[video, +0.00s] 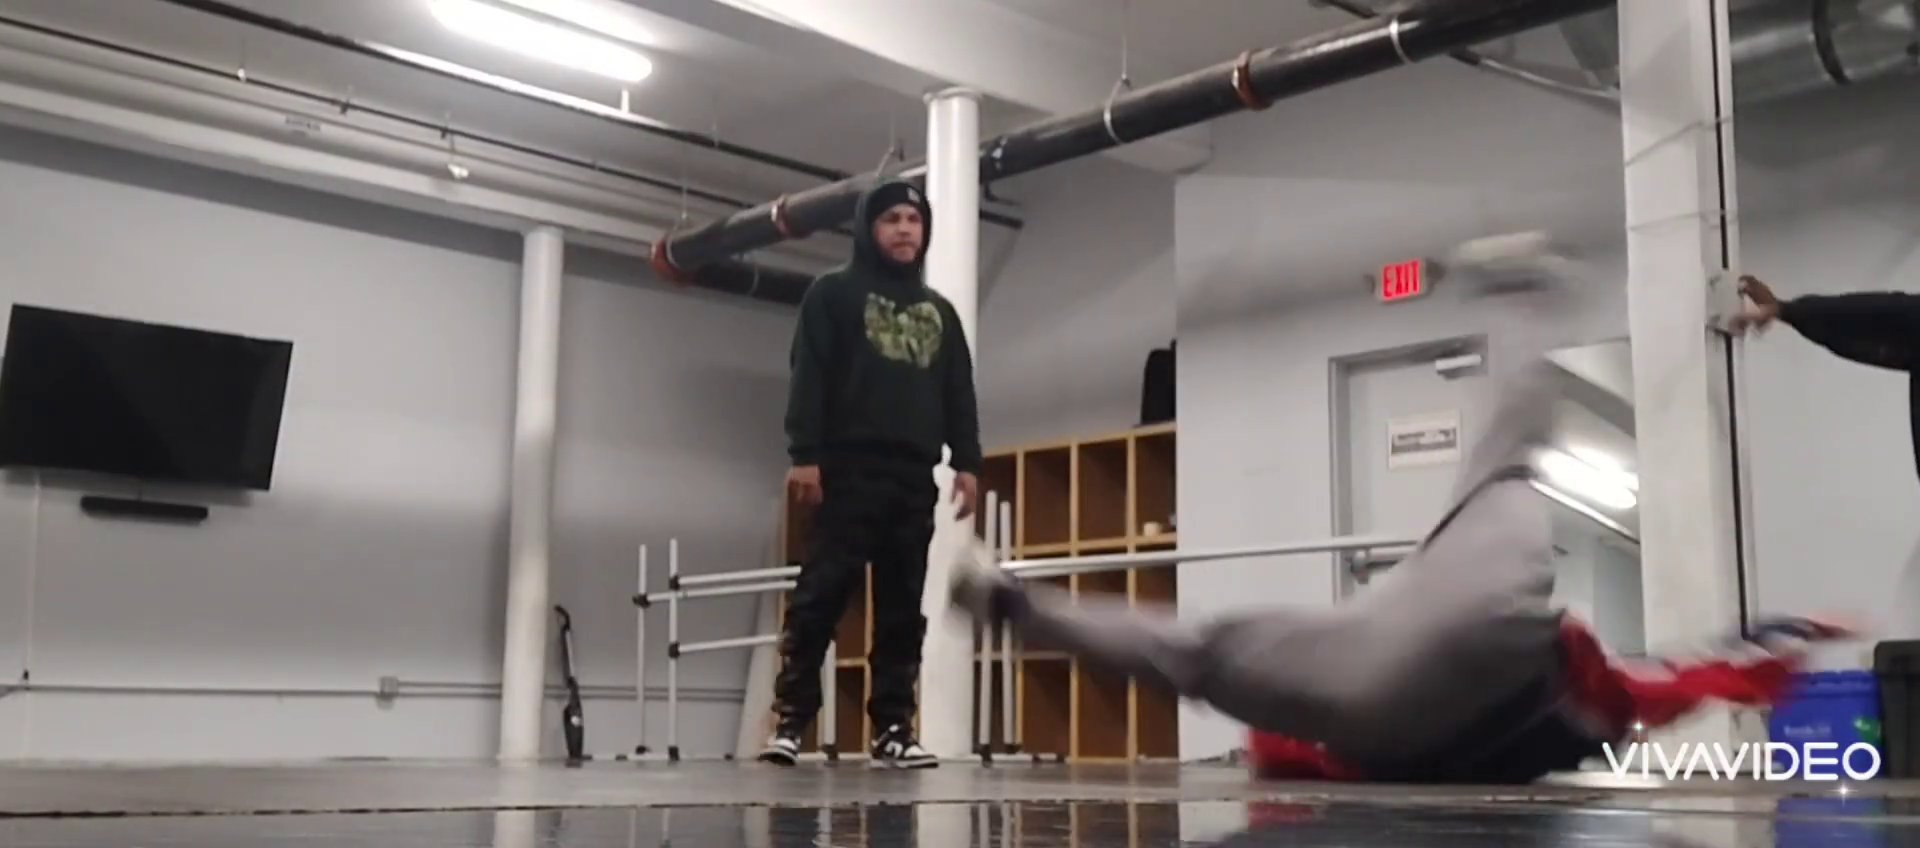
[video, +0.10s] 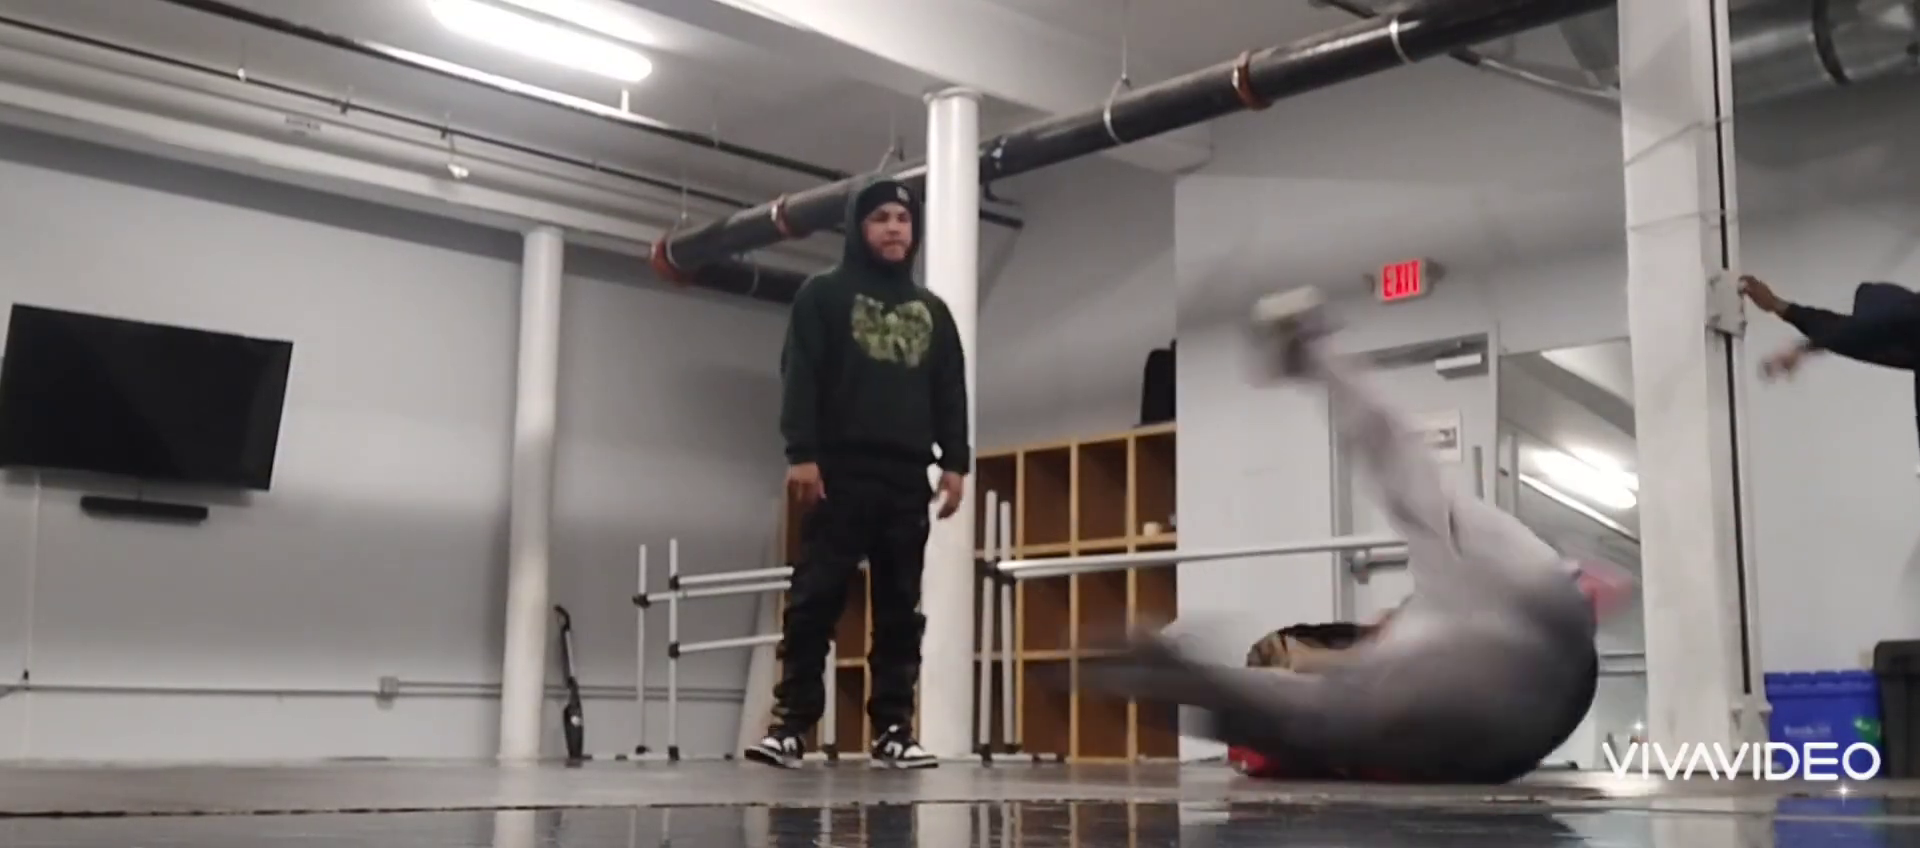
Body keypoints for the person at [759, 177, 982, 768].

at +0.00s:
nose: (905, 230)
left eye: (914, 221)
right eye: (893, 220)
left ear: (926, 233)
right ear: (867, 228)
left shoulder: (940, 312)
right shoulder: (832, 293)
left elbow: (959, 393)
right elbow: (807, 376)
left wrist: (967, 463)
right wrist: (804, 456)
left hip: (914, 474)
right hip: (846, 468)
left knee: (903, 607)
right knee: (820, 597)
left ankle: (893, 730)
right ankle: (791, 723)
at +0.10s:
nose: (894, 230)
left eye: (902, 220)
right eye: (882, 219)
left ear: (914, 231)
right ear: (857, 229)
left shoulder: (932, 311)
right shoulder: (822, 295)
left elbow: (950, 391)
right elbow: (800, 377)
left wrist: (955, 463)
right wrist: (801, 455)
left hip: (906, 473)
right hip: (838, 469)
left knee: (900, 610)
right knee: (814, 600)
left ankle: (892, 732)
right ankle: (792, 727)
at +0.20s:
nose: (880, 229)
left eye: (888, 220)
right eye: (868, 220)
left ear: (901, 231)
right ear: (844, 229)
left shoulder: (923, 309)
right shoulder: (808, 296)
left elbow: (941, 393)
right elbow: (788, 379)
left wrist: (947, 469)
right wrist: (799, 452)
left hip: (898, 476)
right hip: (829, 471)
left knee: (896, 609)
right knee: (805, 603)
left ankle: (891, 731)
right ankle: (787, 729)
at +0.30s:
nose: (862, 227)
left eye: (871, 218)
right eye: (850, 217)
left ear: (884, 229)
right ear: (828, 228)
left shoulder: (908, 308)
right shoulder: (791, 299)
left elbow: (930, 393)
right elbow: (774, 382)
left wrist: (942, 470)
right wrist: (790, 452)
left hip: (886, 475)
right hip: (815, 472)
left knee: (888, 607)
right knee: (797, 605)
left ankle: (890, 732)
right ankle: (785, 730)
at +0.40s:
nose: (846, 225)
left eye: (855, 215)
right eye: (832, 215)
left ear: (866, 226)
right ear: (809, 226)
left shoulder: (893, 305)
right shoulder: (774, 298)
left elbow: (917, 389)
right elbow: (758, 383)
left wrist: (934, 465)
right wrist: (772, 457)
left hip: (870, 472)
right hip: (798, 470)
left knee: (878, 604)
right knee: (788, 606)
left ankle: (889, 730)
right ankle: (786, 730)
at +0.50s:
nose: (832, 223)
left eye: (841, 214)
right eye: (819, 214)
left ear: (851, 224)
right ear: (794, 224)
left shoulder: (877, 303)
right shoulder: (758, 298)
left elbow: (902, 387)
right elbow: (741, 386)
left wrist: (920, 461)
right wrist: (742, 466)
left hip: (856, 472)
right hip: (782, 472)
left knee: (871, 604)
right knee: (779, 607)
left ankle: (888, 729)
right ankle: (782, 730)